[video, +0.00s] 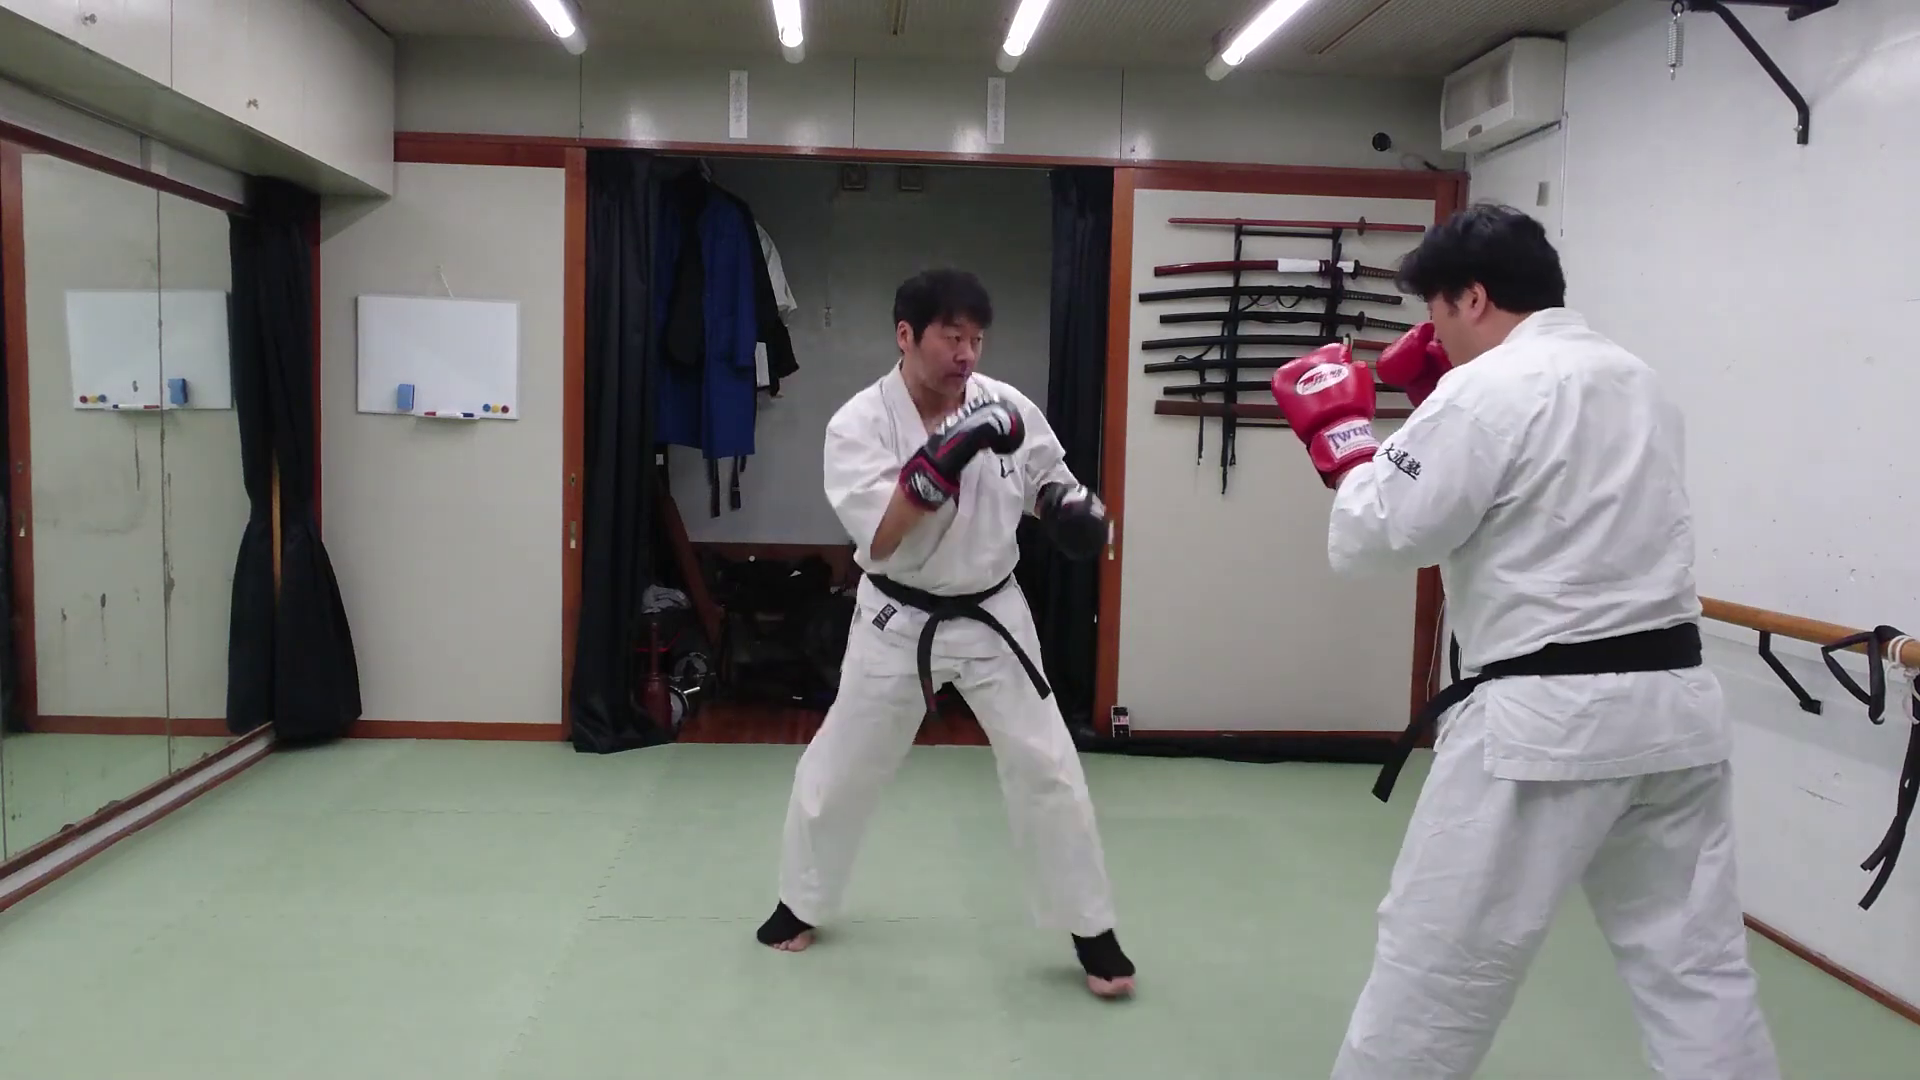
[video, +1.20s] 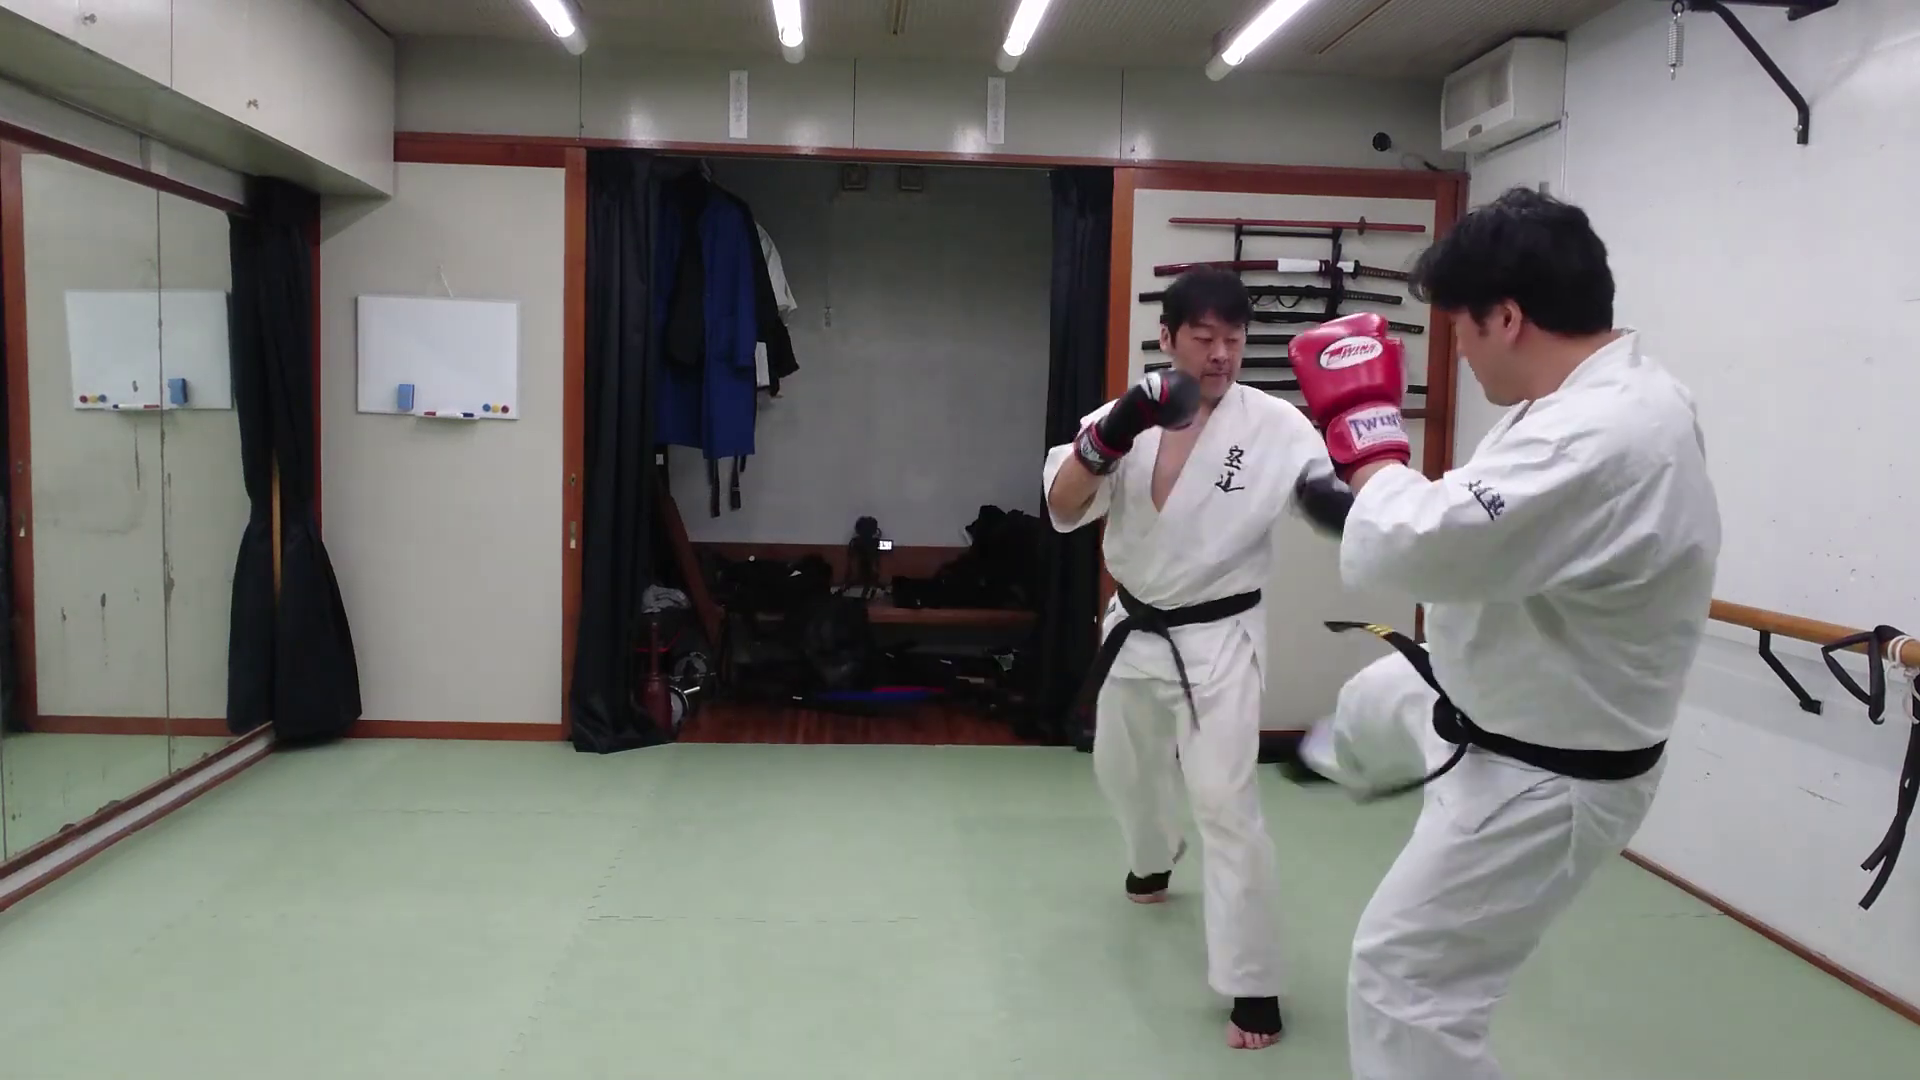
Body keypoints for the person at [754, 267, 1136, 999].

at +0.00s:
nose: (967, 354)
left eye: (976, 340)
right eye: (952, 339)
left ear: (985, 342)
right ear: (906, 337)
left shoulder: (1006, 407)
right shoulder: (857, 425)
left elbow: (1058, 485)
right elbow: (880, 537)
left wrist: (1082, 519)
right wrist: (938, 462)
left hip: (994, 612)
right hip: (892, 615)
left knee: (1048, 766)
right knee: (834, 771)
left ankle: (1094, 931)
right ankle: (802, 903)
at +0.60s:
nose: (1046, 381)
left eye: (1054, 365)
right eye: (1030, 363)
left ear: (1061, 371)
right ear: (984, 366)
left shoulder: (1078, 452)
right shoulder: (929, 454)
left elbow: (1119, 567)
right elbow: (947, 563)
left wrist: (1147, 538)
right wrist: (1010, 480)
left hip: (1062, 647)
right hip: (955, 649)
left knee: (1128, 786)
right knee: (891, 806)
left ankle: (1154, 956)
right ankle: (864, 914)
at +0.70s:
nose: (1065, 376)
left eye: (1073, 360)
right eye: (1047, 361)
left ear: (1083, 365)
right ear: (1004, 363)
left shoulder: (1111, 444)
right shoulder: (948, 455)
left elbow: (1203, 526)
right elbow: (908, 567)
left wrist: (1178, 509)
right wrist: (955, 509)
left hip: (1088, 652)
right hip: (981, 651)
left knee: (1137, 812)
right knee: (905, 801)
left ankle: (1225, 977)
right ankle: (866, 915)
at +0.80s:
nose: (1100, 355)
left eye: (1112, 341)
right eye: (1083, 340)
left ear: (1125, 347)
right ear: (1044, 345)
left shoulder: (1158, 420)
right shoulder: (995, 433)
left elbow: (1263, 439)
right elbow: (926, 541)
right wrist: (956, 485)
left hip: (1118, 642)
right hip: (1020, 635)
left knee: (1169, 819)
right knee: (948, 768)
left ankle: (1246, 979)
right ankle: (882, 893)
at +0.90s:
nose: (1148, 346)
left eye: (1159, 331)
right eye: (1130, 332)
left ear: (1174, 337)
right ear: (1093, 340)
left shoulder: (1202, 415)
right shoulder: (1053, 426)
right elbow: (1004, 539)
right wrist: (1036, 480)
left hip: (1148, 637)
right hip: (1053, 624)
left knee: (1182, 809)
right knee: (1000, 759)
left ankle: (1244, 978)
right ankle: (958, 880)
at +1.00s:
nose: (1189, 337)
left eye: (1200, 321)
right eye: (1170, 321)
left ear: (1212, 328)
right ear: (1132, 328)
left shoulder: (1240, 409)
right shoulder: (1082, 415)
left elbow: (1338, 493)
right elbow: (1036, 526)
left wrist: (1329, 437)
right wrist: (1084, 468)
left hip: (1182, 630)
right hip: (1088, 620)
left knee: (1202, 804)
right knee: (1045, 756)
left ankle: (1249, 980)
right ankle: (1035, 862)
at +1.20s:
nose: (1221, 354)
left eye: (1233, 339)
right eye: (1205, 338)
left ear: (1246, 345)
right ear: (1169, 340)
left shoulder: (1272, 423)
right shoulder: (1127, 415)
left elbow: (1343, 500)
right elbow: (1062, 508)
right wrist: (1106, 440)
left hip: (1222, 634)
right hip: (1134, 627)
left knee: (1221, 800)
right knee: (1122, 761)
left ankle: (1253, 985)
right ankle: (1152, 854)